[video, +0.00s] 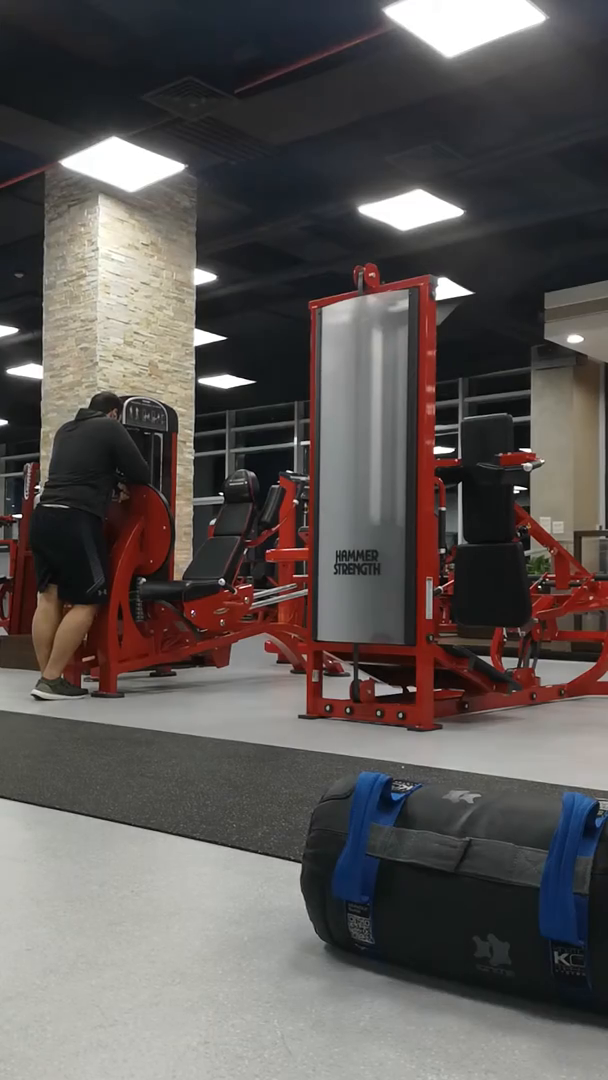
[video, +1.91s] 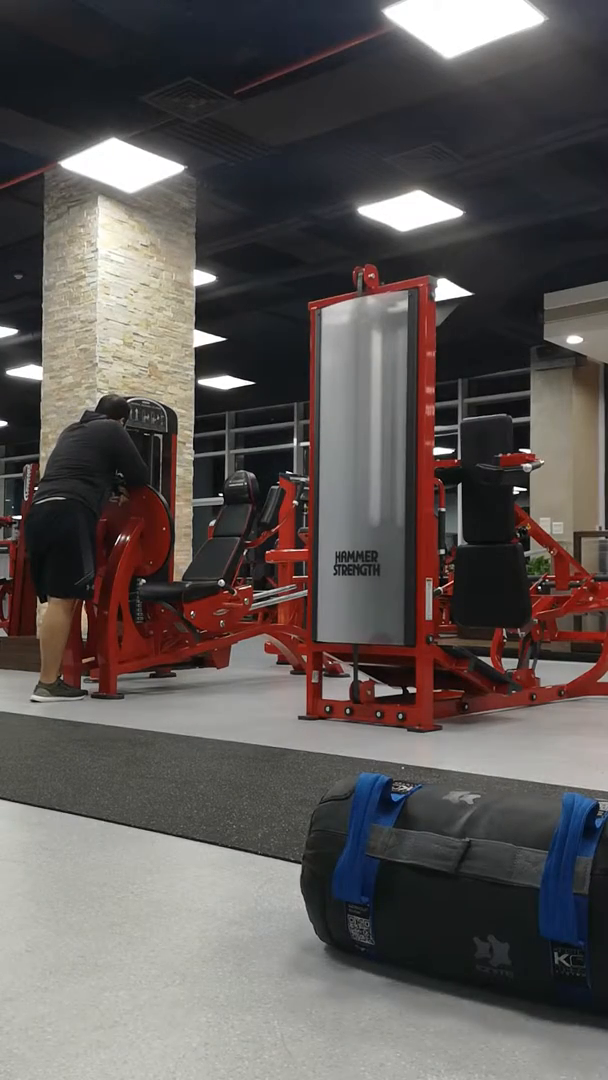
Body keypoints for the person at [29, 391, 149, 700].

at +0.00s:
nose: (120, 421)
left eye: (120, 417)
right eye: (121, 416)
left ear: (91, 409)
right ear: (113, 413)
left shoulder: (65, 429)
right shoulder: (111, 428)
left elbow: (72, 470)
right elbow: (141, 476)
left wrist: (111, 486)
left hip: (43, 516)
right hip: (75, 520)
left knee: (48, 597)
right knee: (87, 601)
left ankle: (47, 676)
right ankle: (52, 678)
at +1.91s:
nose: (124, 426)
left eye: (124, 422)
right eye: (125, 422)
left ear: (97, 413)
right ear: (121, 419)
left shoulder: (70, 430)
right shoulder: (114, 430)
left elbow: (75, 468)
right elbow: (140, 478)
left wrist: (109, 486)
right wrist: (113, 475)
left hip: (39, 511)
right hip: (67, 510)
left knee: (53, 600)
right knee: (60, 601)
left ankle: (50, 679)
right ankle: (48, 682)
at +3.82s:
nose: (126, 426)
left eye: (126, 423)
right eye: (127, 423)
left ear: (99, 414)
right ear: (121, 419)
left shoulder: (71, 431)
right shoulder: (113, 430)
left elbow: (75, 470)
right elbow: (140, 479)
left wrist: (110, 487)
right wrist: (113, 477)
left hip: (42, 512)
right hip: (68, 511)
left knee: (61, 600)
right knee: (64, 600)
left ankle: (51, 679)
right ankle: (48, 682)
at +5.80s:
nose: (125, 428)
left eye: (125, 424)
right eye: (126, 424)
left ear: (98, 414)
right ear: (121, 420)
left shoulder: (71, 430)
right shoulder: (112, 430)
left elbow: (75, 471)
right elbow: (141, 478)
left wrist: (111, 487)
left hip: (44, 512)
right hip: (70, 510)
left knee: (66, 601)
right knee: (64, 601)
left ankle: (53, 678)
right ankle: (48, 682)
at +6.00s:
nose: (125, 427)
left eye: (125, 424)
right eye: (126, 424)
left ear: (98, 413)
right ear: (121, 420)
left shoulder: (71, 430)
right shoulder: (112, 430)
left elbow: (75, 471)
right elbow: (141, 478)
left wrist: (111, 486)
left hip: (44, 512)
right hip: (72, 511)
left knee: (67, 601)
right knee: (65, 601)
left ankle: (53, 678)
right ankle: (48, 682)